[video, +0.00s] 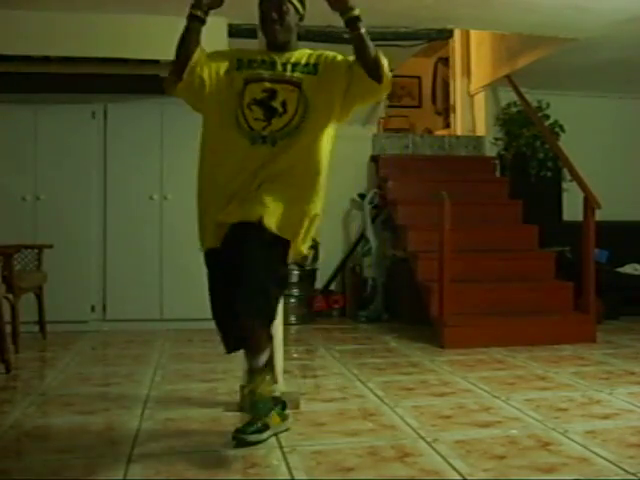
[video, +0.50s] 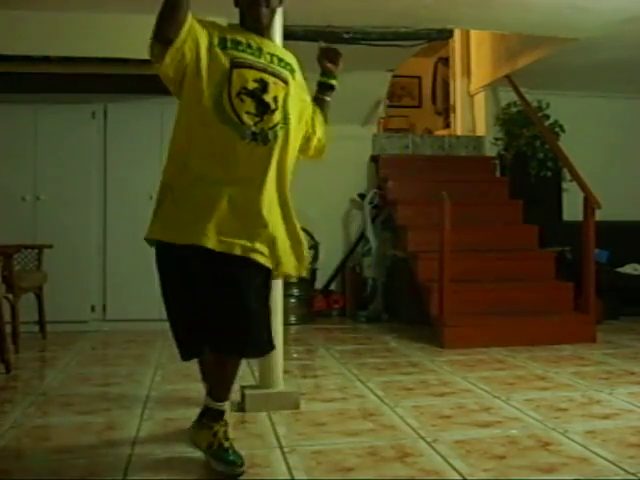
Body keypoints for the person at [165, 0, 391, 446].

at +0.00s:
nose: (275, 15)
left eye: (284, 8)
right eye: (268, 8)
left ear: (299, 19)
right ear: (258, 18)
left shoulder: (321, 66)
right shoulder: (228, 65)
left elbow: (376, 78)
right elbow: (178, 78)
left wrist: (351, 19)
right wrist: (196, 20)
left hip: (285, 194)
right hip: (225, 193)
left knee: (252, 285)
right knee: (233, 301)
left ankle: (259, 385)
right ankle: (269, 397)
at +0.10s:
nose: (271, 14)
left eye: (280, 8)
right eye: (264, 7)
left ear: (294, 18)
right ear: (254, 15)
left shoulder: (314, 73)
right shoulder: (223, 60)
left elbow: (361, 100)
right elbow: (178, 81)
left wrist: (340, 41)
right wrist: (197, 24)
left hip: (273, 207)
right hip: (215, 203)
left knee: (244, 313)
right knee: (245, 313)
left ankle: (227, 412)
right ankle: (272, 403)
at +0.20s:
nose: (266, 18)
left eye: (274, 12)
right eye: (259, 11)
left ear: (288, 22)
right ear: (248, 19)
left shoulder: (303, 77)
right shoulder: (222, 58)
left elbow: (336, 138)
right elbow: (191, 99)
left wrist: (330, 73)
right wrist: (200, 37)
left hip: (271, 212)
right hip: (213, 208)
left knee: (239, 322)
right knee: (242, 318)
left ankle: (217, 427)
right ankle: (272, 405)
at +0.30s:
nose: (265, 10)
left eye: (273, 4)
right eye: (256, 4)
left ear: (286, 16)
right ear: (243, 14)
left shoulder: (296, 77)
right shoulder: (216, 55)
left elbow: (304, 152)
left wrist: (335, 99)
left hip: (273, 218)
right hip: (212, 213)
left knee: (242, 329)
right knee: (225, 323)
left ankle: (213, 430)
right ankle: (257, 395)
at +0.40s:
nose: (266, 8)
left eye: (273, 3)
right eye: (257, 1)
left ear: (284, 14)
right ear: (239, 9)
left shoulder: (292, 72)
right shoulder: (212, 46)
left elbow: (306, 150)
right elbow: (175, 74)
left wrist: (336, 94)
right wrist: (186, 14)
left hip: (264, 215)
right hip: (201, 207)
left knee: (239, 331)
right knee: (200, 320)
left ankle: (216, 429)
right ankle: (230, 384)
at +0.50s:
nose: (265, 4)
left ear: (282, 7)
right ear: (238, 2)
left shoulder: (290, 69)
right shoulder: (205, 38)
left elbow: (310, 142)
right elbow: (166, 39)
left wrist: (327, 79)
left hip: (256, 213)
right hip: (193, 206)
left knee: (236, 326)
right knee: (206, 322)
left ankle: (212, 422)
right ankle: (218, 408)